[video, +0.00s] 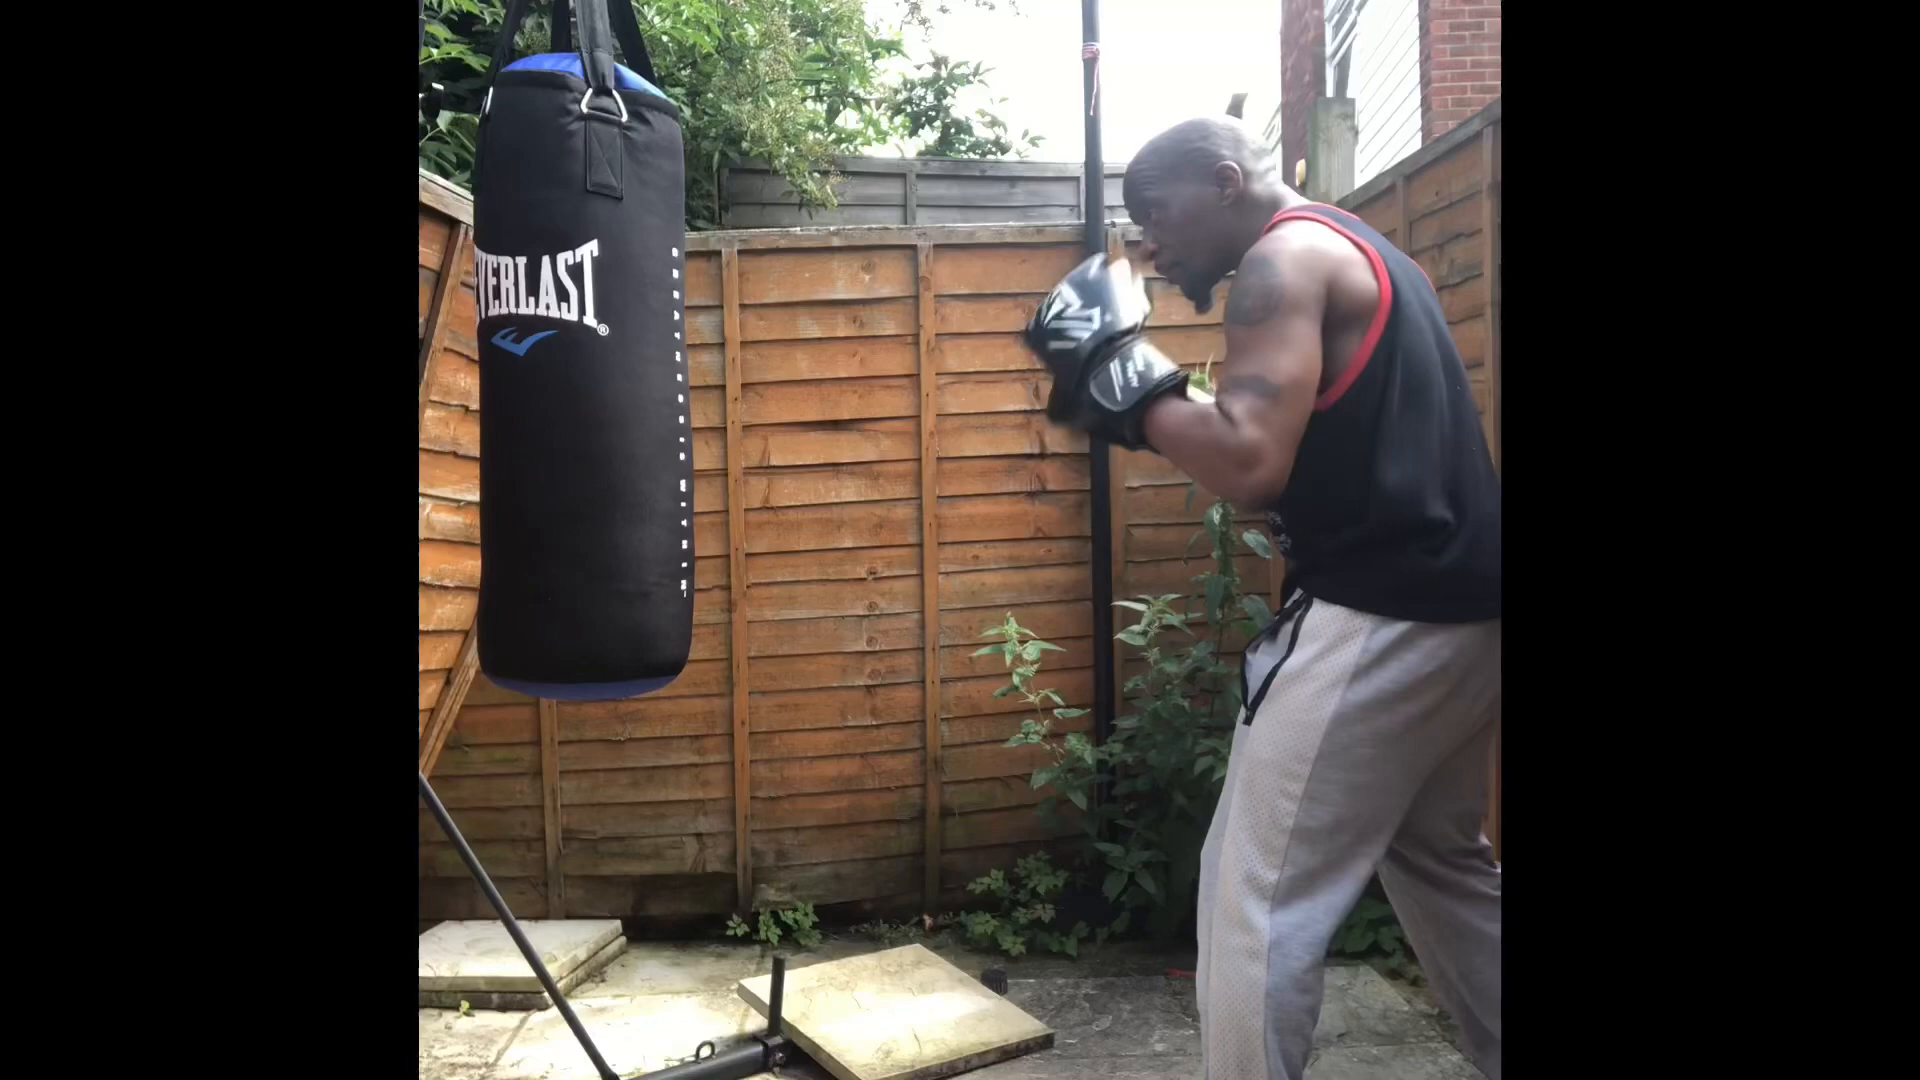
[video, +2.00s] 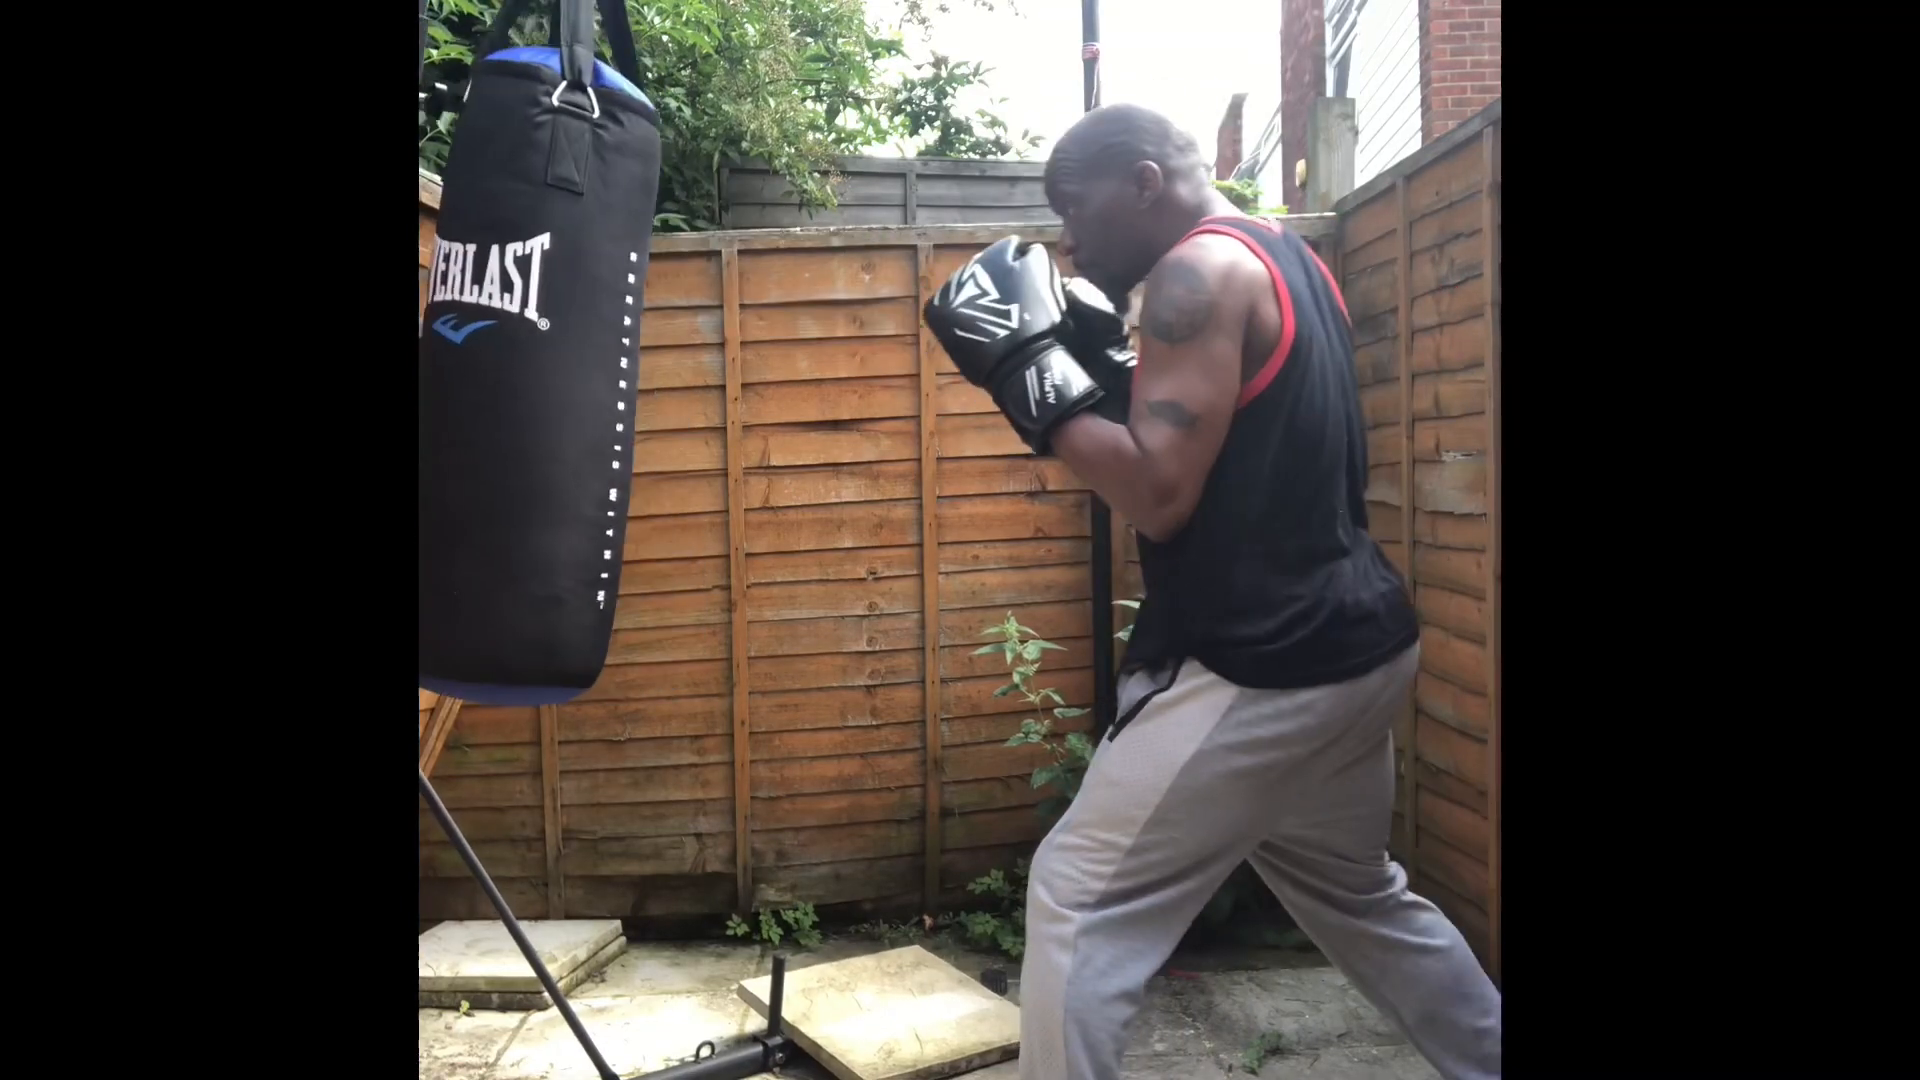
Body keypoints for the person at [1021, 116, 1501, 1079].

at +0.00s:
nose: (1151, 253)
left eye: (1156, 224)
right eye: (1141, 233)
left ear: (1226, 185)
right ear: (1238, 181)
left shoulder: (1286, 260)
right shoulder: (1346, 244)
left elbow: (1249, 464)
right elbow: (1272, 446)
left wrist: (1123, 366)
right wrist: (1134, 404)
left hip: (1386, 607)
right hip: (1464, 598)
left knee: (1254, 891)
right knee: (1442, 858)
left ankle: (1249, 1068)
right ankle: (1498, 1052)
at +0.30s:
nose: (1217, 236)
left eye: (1224, 207)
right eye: (1208, 213)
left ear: (1298, 181)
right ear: (1300, 188)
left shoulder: (1367, 274)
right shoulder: (1370, 261)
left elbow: (1319, 475)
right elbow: (1305, 455)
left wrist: (1196, 359)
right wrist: (1179, 383)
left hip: (1384, 623)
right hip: (1436, 620)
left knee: (1179, 846)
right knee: (1433, 872)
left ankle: (1176, 1067)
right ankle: (1502, 1049)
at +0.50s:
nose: (1119, 215)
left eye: (1123, 187)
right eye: (1115, 194)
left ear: (1182, 167)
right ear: (1236, 164)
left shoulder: (1200, 253)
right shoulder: (1358, 237)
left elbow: (993, 267)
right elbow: (1318, 386)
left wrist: (821, 231)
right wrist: (1174, 386)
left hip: (1339, 626)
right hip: (1469, 608)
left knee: (1180, 879)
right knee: (1470, 876)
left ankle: (1130, 1070)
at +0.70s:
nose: (1073, 247)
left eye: (1078, 219)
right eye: (1068, 224)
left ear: (1148, 197)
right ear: (1171, 194)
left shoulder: (1168, 265)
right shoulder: (1311, 265)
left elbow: (1034, 413)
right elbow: (1258, 433)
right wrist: (1110, 422)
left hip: (1290, 645)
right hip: (1427, 631)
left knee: (1131, 893)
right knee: (1418, 865)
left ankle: (1106, 1071)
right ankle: (1499, 1052)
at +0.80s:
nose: (1089, 243)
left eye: (1098, 212)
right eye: (1083, 218)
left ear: (1173, 193)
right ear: (1188, 197)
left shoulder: (1207, 272)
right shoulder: (1319, 261)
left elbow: (1141, 469)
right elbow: (1277, 432)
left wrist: (1035, 381)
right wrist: (1139, 355)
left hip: (1297, 636)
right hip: (1420, 626)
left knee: (1139, 898)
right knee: (1427, 882)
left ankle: (1109, 1068)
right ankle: (1501, 1053)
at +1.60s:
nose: (1029, 203)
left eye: (1047, 173)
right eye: (1022, 181)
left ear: (1134, 157)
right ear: (1140, 165)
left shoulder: (1172, 253)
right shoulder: (1211, 235)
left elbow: (1057, 441)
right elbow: (1198, 403)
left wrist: (910, 341)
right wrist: (1060, 336)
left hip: (1259, 644)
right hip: (1333, 626)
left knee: (1076, 884)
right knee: (1404, 901)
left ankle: (1065, 1069)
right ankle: (1497, 1051)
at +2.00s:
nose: (1062, 240)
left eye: (1070, 209)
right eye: (1055, 215)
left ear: (1146, 185)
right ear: (1163, 188)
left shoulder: (1200, 270)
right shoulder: (1284, 253)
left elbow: (1155, 494)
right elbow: (1245, 448)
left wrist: (1023, 370)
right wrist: (1109, 360)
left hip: (1257, 660)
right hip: (1352, 637)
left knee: (1077, 895)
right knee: (1353, 892)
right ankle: (1490, 1056)